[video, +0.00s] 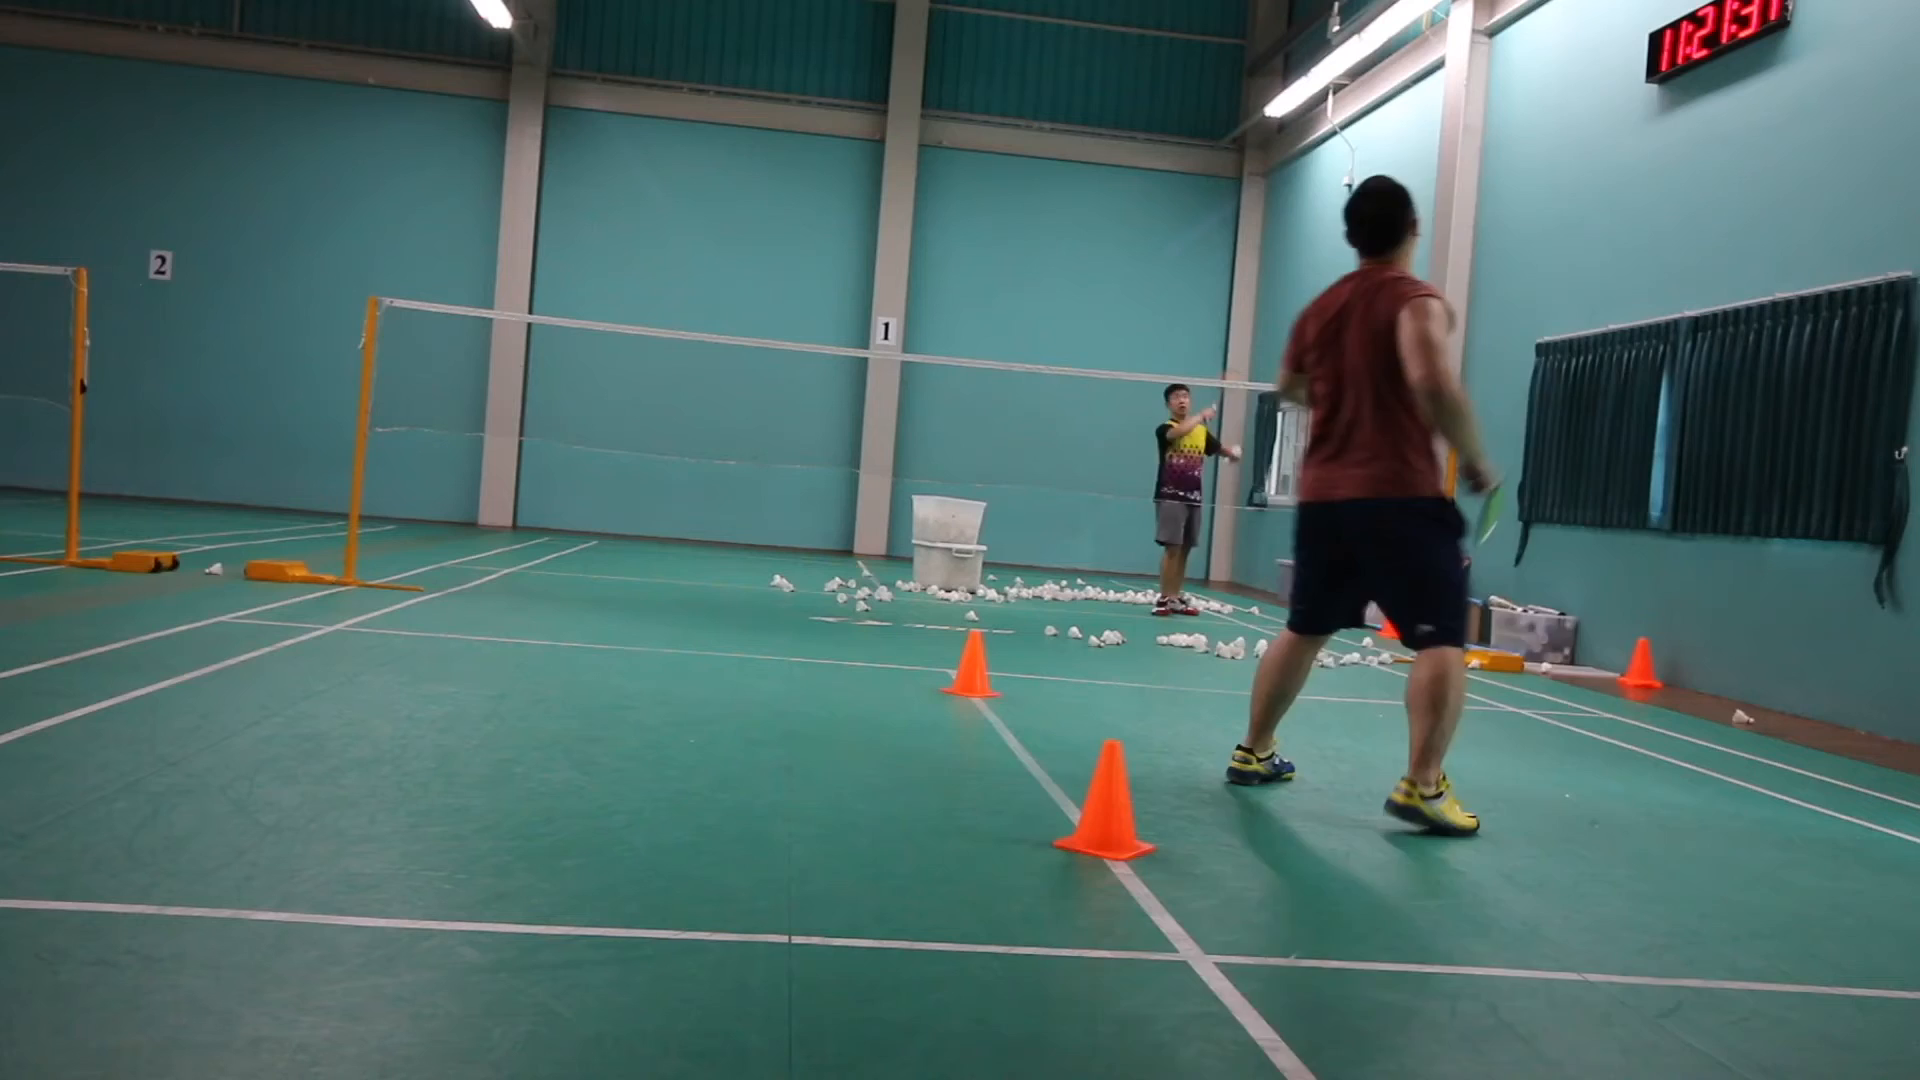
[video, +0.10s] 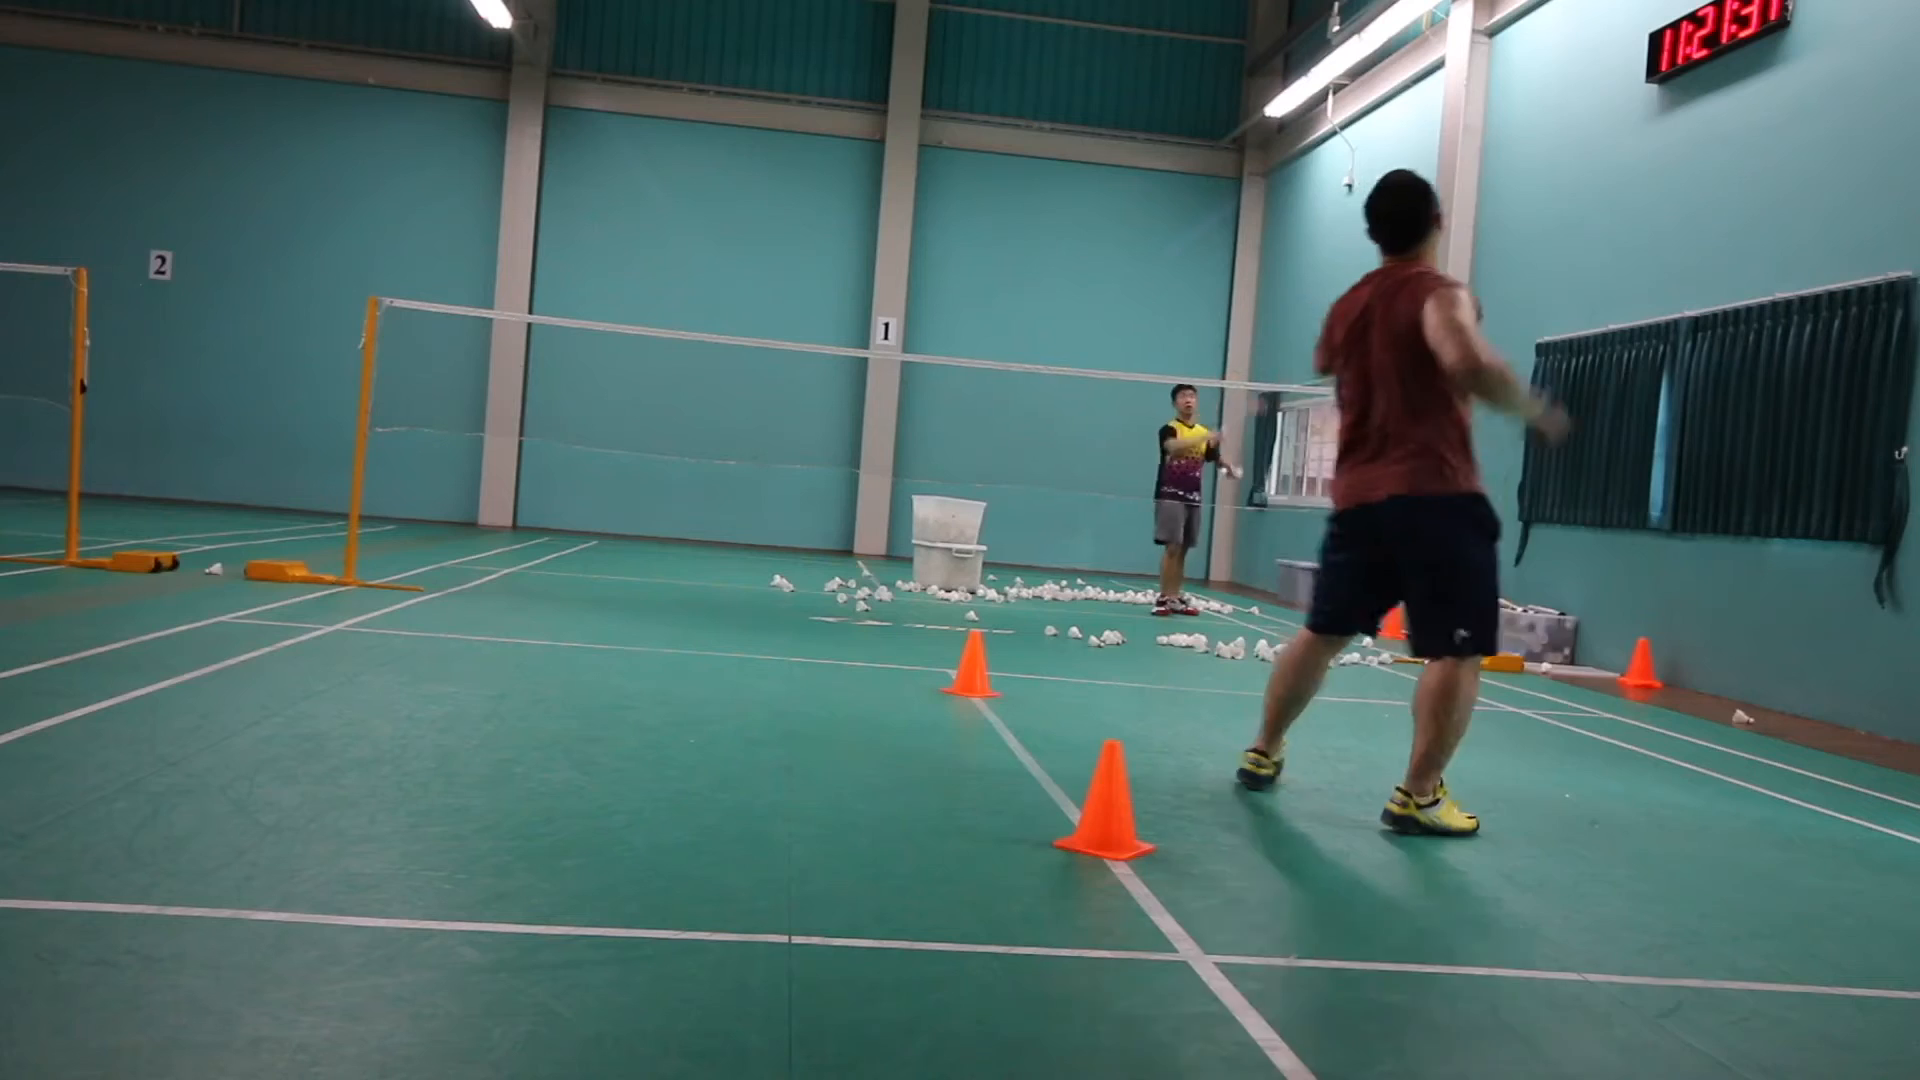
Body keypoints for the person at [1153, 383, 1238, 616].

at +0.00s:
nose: (1182, 401)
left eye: (1185, 397)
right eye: (1177, 398)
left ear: (1190, 401)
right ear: (1168, 403)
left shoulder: (1201, 431)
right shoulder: (1164, 429)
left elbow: (1215, 447)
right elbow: (1176, 433)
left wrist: (1230, 452)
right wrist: (1200, 418)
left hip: (1193, 497)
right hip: (1171, 496)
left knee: (1185, 549)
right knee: (1172, 549)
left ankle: (1176, 595)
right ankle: (1165, 596)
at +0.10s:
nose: (1188, 401)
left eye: (1191, 397)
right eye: (1183, 397)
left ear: (1197, 402)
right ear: (1175, 403)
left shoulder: (1204, 433)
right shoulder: (1169, 429)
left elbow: (1213, 457)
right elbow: (1171, 447)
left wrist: (1227, 465)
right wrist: (1206, 440)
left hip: (1192, 495)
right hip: (1171, 493)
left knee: (1183, 548)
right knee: (1172, 547)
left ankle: (1175, 595)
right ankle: (1165, 596)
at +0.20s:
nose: (1197, 401)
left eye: (1200, 398)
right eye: (1192, 397)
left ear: (1205, 404)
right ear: (1183, 403)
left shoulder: (1209, 436)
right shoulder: (1173, 430)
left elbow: (1211, 464)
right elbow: (1162, 460)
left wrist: (1217, 480)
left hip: (1193, 496)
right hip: (1170, 493)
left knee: (1182, 547)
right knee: (1171, 543)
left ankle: (1174, 595)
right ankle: (1161, 594)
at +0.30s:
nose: (1200, 401)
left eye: (1204, 397)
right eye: (1195, 397)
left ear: (1208, 404)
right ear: (1186, 402)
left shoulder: (1213, 436)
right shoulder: (1171, 431)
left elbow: (1212, 466)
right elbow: (1156, 461)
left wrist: (1210, 482)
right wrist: (1163, 483)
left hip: (1194, 496)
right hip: (1172, 493)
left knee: (1183, 548)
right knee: (1170, 545)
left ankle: (1174, 595)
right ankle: (1161, 595)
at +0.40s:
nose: (1198, 403)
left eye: (1201, 399)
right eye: (1193, 398)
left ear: (1206, 404)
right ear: (1184, 403)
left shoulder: (1213, 436)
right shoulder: (1168, 432)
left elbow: (1216, 465)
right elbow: (1151, 460)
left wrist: (1215, 483)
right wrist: (1141, 483)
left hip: (1196, 499)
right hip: (1170, 496)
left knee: (1185, 550)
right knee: (1169, 547)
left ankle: (1176, 595)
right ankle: (1163, 597)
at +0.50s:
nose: (1193, 404)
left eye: (1197, 399)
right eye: (1188, 399)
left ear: (1202, 404)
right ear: (1180, 404)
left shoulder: (1212, 435)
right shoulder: (1165, 434)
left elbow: (1219, 465)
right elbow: (1150, 462)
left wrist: (1219, 486)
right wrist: (1138, 484)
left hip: (1198, 501)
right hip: (1169, 498)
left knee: (1194, 554)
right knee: (1168, 547)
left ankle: (1179, 593)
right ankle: (1163, 597)